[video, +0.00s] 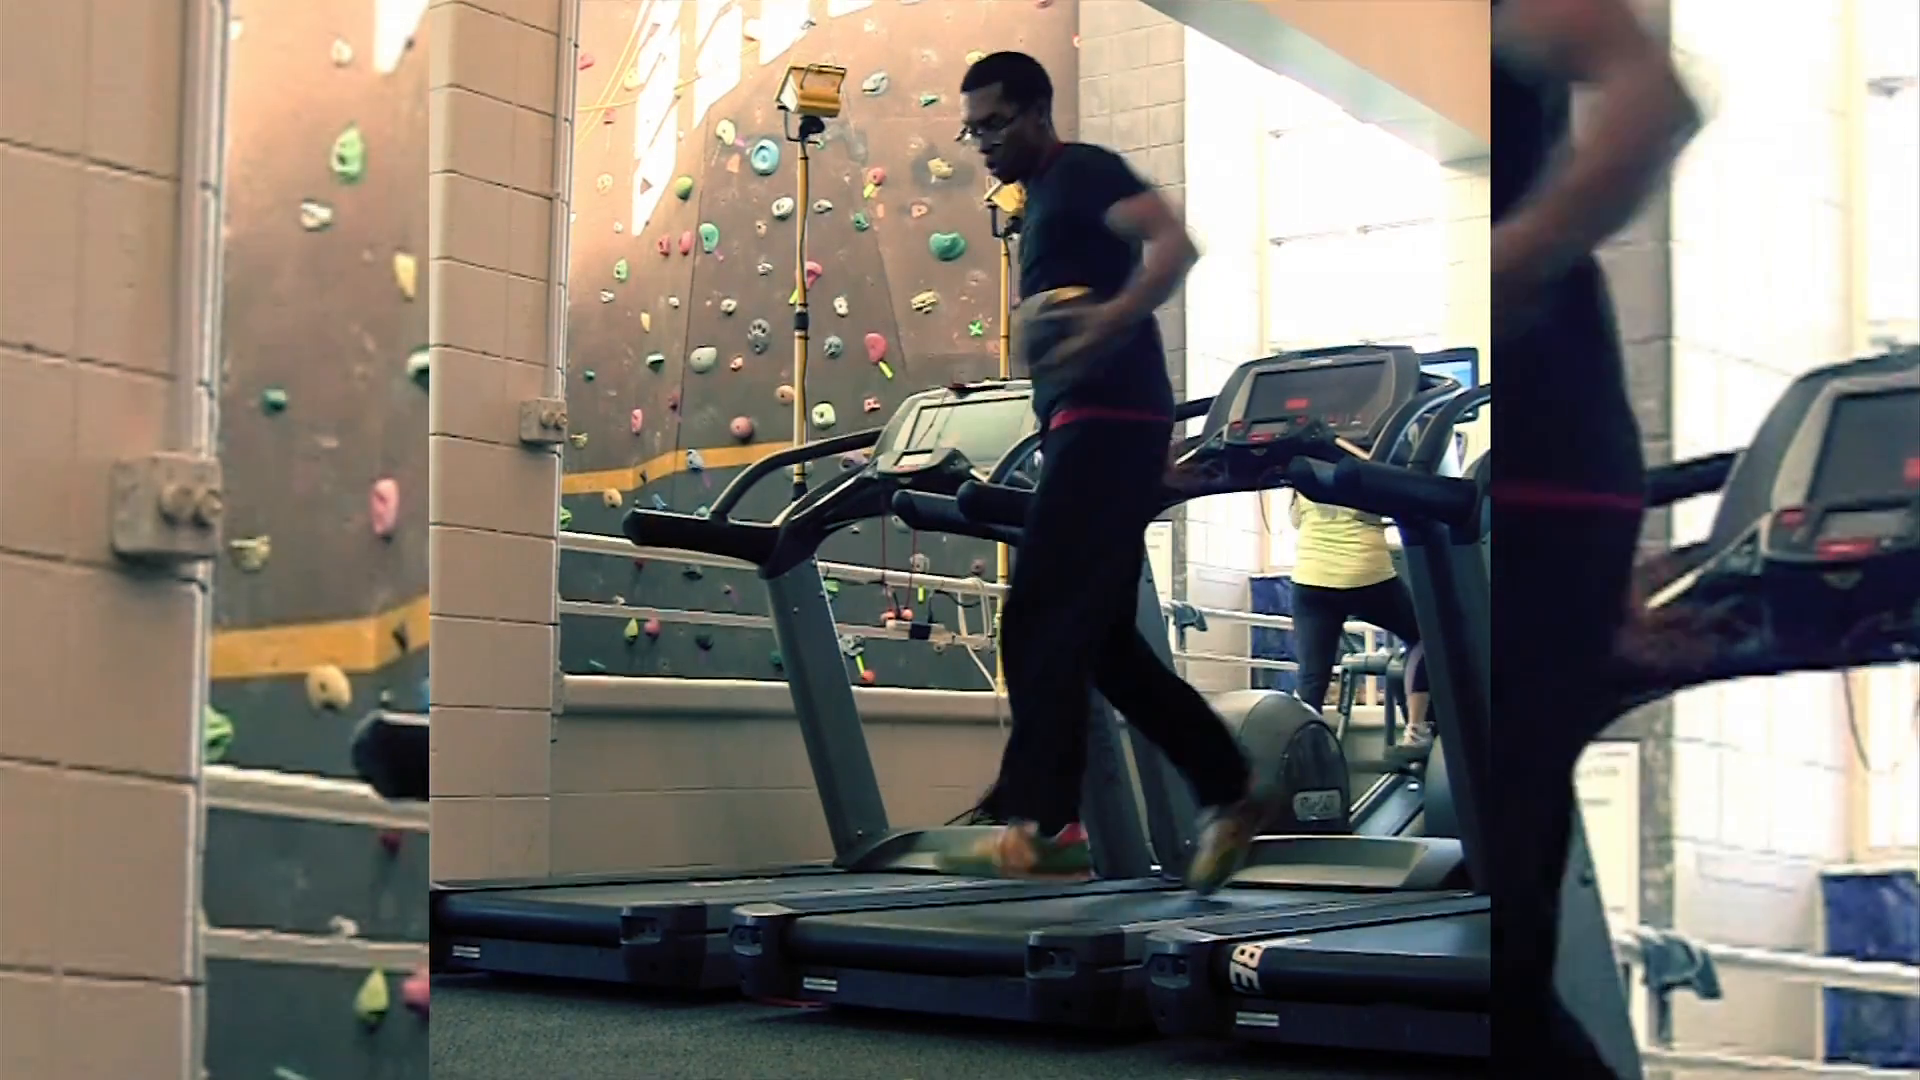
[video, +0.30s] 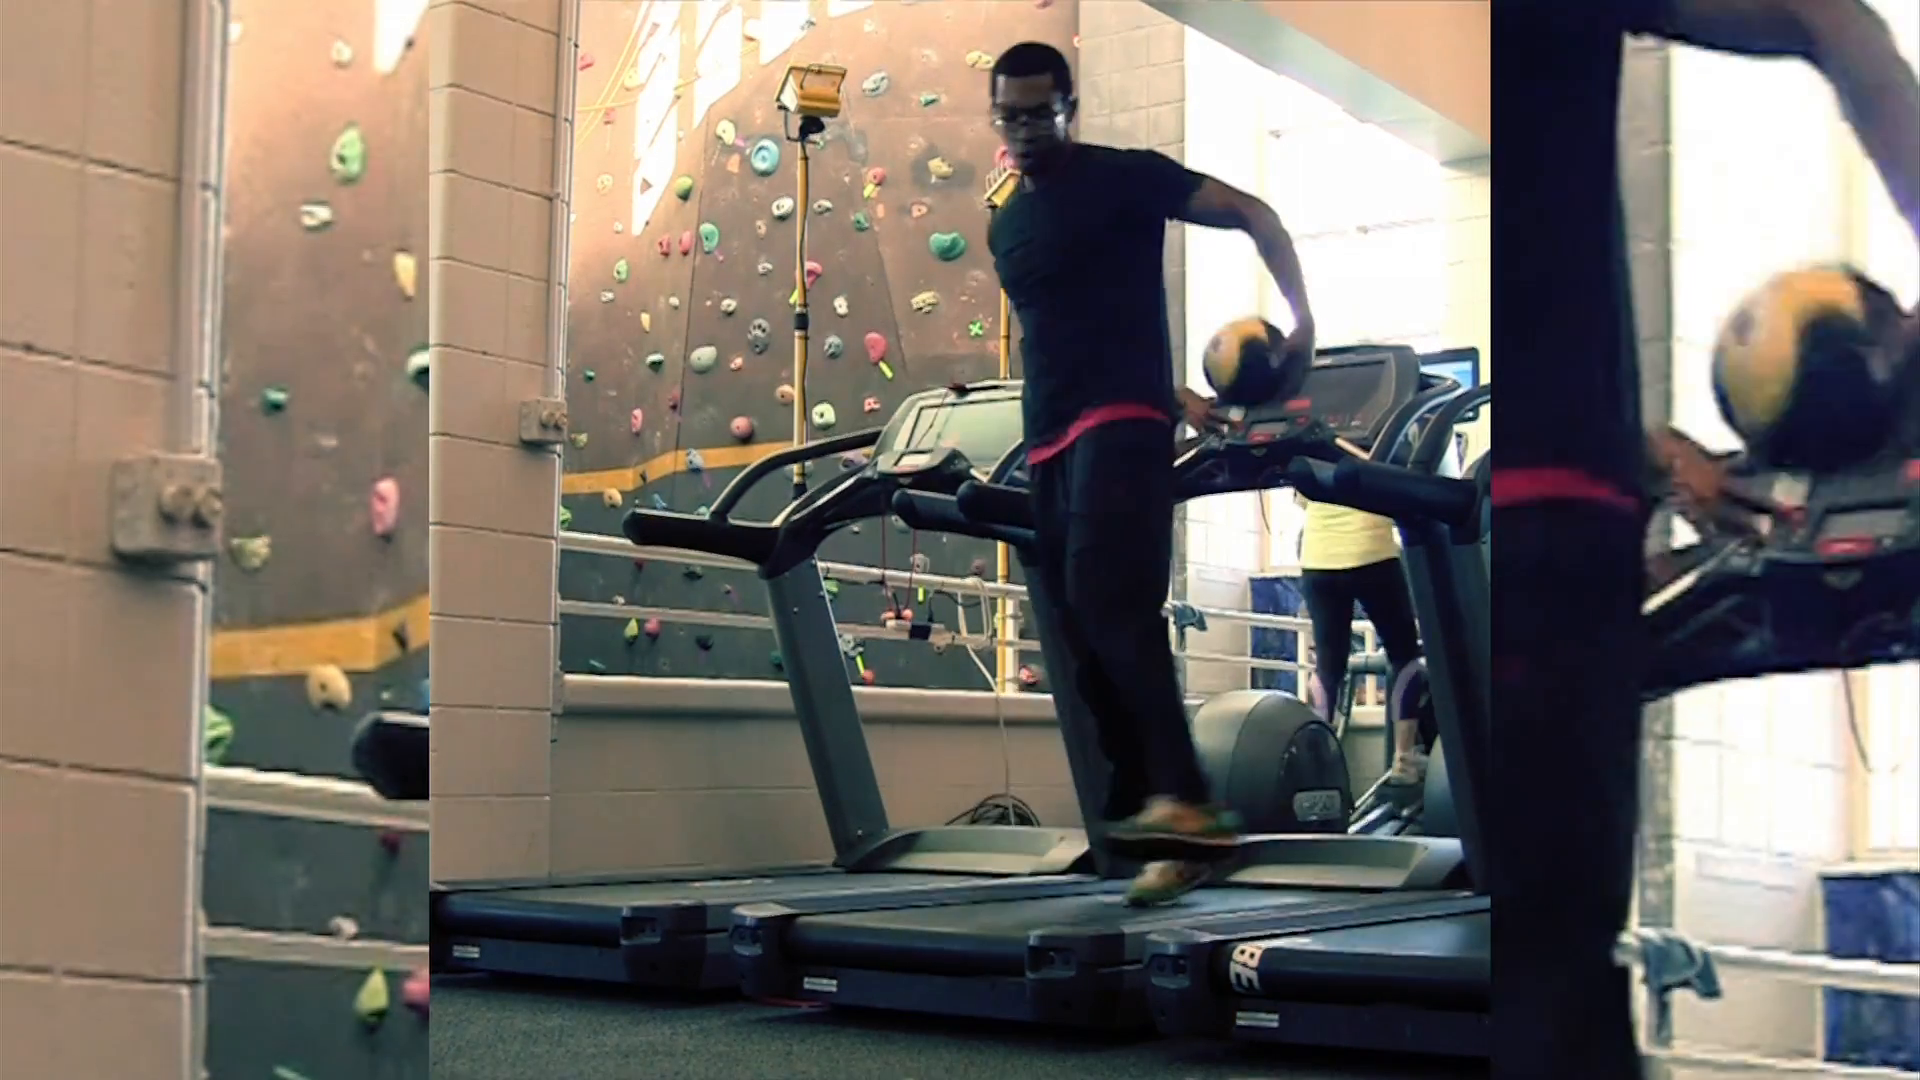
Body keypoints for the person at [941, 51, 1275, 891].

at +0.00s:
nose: (982, 143)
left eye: (993, 124)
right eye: (974, 131)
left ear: (1040, 112)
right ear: (983, 131)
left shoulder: (1082, 169)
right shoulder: (1039, 203)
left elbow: (1172, 240)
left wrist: (1108, 321)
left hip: (1108, 428)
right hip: (1087, 431)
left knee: (1039, 620)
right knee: (1100, 637)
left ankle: (1042, 827)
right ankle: (1233, 796)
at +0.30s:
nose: (1027, 130)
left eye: (1042, 113)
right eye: (1011, 116)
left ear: (1069, 105)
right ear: (993, 114)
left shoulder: (1119, 175)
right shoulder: (1008, 221)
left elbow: (1256, 216)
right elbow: (1063, 341)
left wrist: (1301, 322)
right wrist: (1176, 397)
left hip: (1120, 420)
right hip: (1051, 441)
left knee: (1112, 607)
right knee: (1079, 640)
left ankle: (1185, 802)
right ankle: (1154, 841)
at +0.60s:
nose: (1113, 116)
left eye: (1123, 103)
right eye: (1098, 99)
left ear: (1129, 107)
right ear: (1052, 96)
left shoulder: (1155, 190)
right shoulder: (995, 202)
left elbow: (1203, 292)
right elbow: (987, 320)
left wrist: (1173, 391)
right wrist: (1034, 386)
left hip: (1139, 433)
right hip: (1044, 447)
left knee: (1173, 607)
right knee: (1067, 650)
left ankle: (1301, 789)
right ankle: (1110, 847)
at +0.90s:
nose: (1181, 128)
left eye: (1187, 115)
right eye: (1172, 108)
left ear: (1152, 110)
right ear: (1118, 94)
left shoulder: (1157, 215)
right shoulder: (1019, 178)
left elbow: (1135, 322)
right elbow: (905, 253)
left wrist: (1161, 412)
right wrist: (874, 370)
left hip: (1163, 456)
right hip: (1061, 455)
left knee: (1234, 628)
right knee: (1047, 648)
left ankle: (1229, 813)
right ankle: (1047, 843)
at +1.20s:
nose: (1194, 159)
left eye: (1199, 146)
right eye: (1189, 139)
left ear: (1149, 128)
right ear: (1147, 120)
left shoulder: (1117, 209)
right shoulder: (1093, 162)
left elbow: (1041, 345)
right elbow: (1006, 205)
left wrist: (1028, 488)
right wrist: (1068, 287)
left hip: (1115, 451)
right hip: (1077, 441)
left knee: (1177, 638)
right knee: (1071, 639)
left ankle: (1108, 848)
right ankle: (998, 854)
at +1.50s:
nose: (1188, 203)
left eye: (1190, 193)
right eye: (1185, 189)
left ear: (1110, 170)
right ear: (1156, 169)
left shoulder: (1030, 249)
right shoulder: (1144, 200)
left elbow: (1003, 393)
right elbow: (1206, 266)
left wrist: (1019, 475)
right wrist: (1288, 363)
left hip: (1022, 475)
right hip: (1096, 462)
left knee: (1068, 671)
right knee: (1126, 660)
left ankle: (1043, 850)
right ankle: (1006, 818)